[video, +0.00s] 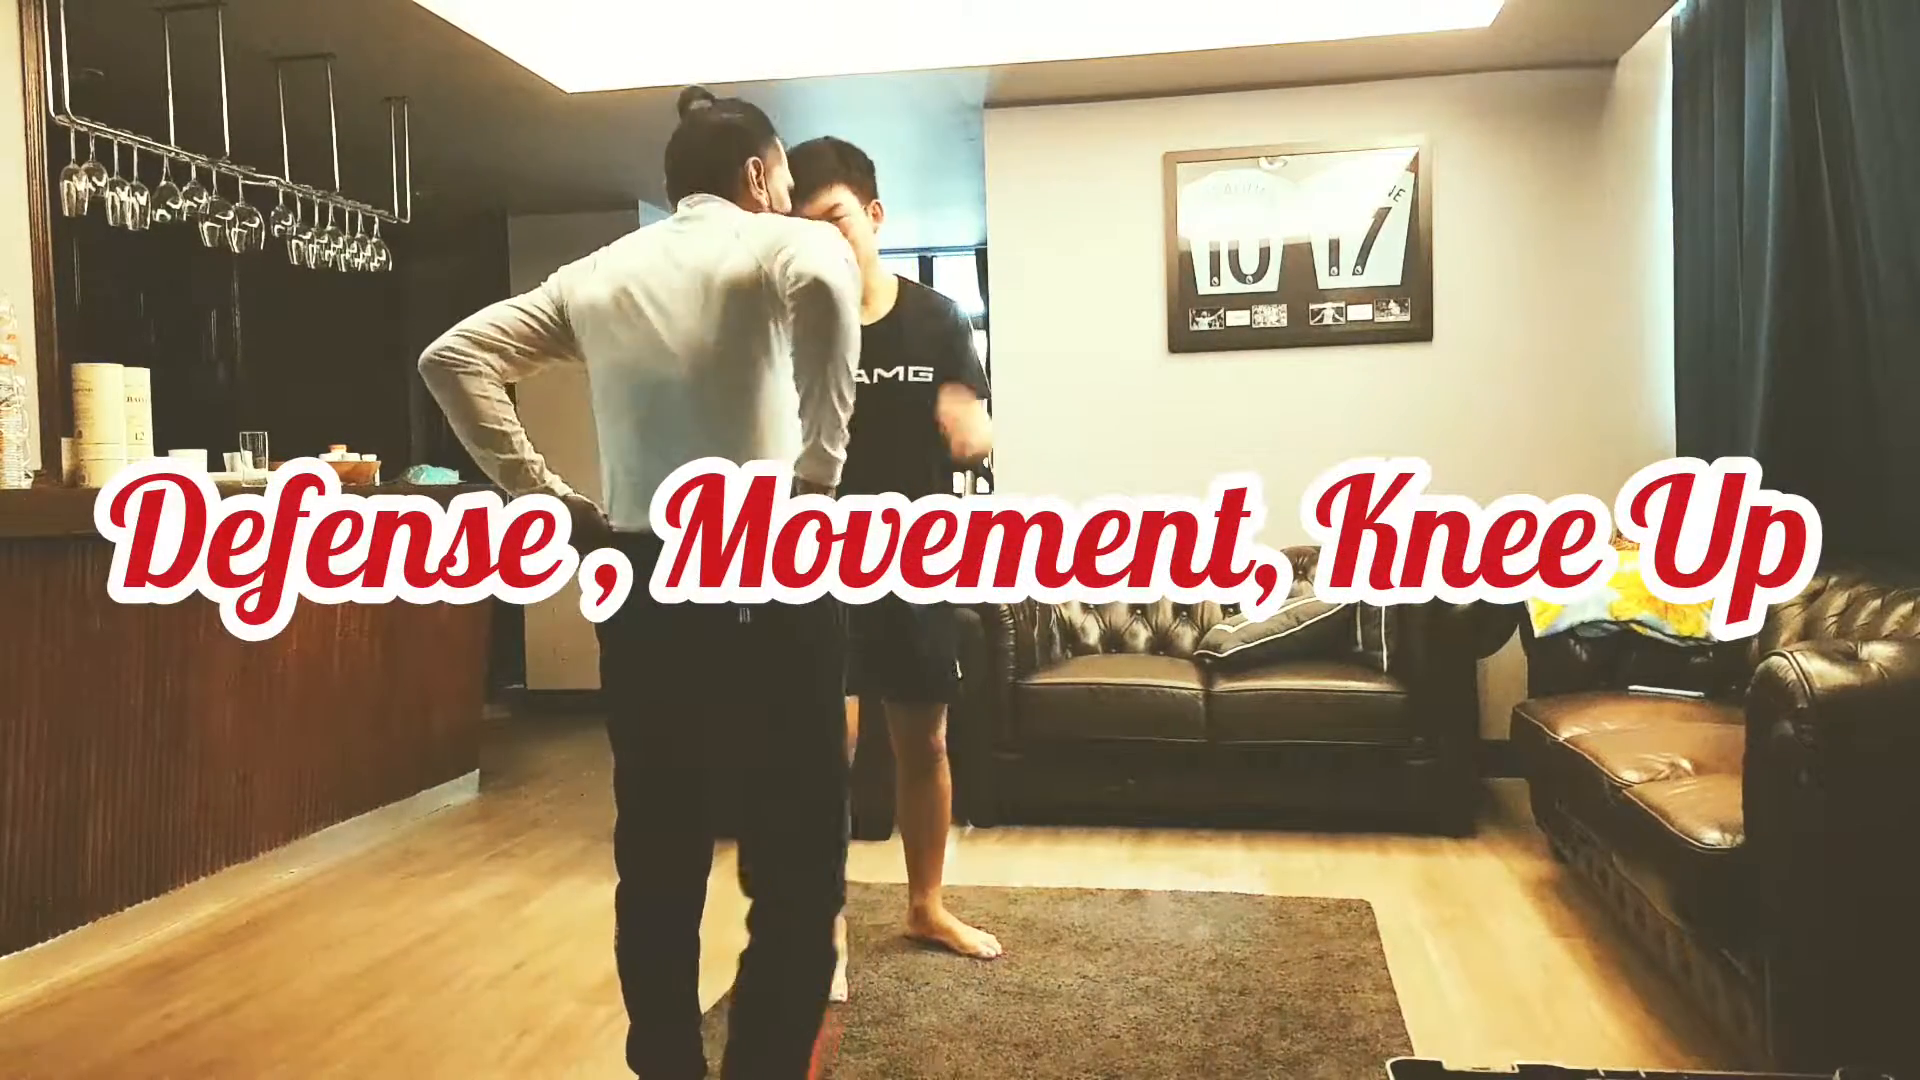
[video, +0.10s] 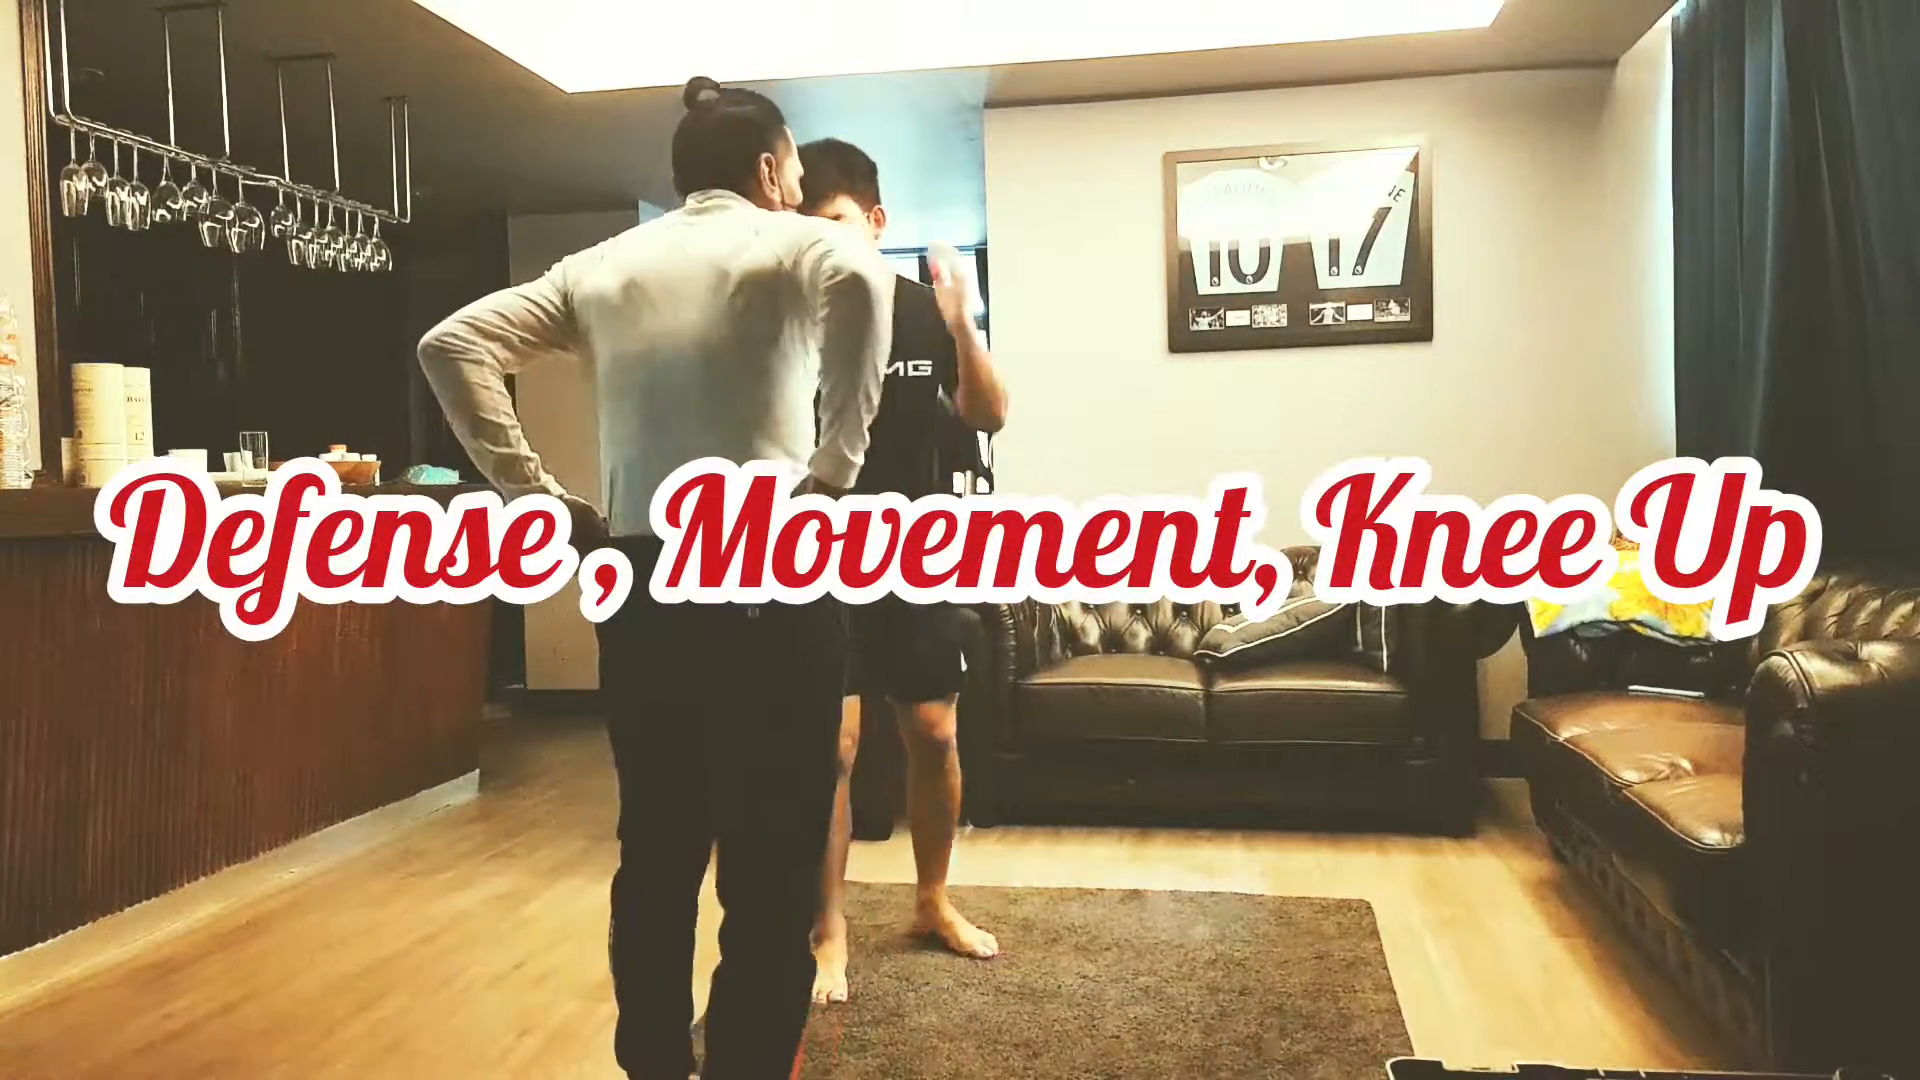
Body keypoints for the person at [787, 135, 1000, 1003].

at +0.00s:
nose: (826, 235)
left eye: (838, 215)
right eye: (811, 223)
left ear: (876, 213)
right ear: (797, 232)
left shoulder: (931, 317)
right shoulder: (791, 322)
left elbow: (972, 438)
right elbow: (763, 426)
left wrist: (965, 432)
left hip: (917, 556)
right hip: (819, 559)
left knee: (924, 742)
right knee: (827, 746)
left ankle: (929, 907)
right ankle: (827, 933)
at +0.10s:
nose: (824, 233)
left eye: (838, 217)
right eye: (812, 221)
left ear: (878, 217)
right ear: (801, 228)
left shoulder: (924, 302)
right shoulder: (791, 313)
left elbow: (986, 415)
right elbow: (762, 416)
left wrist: (960, 317)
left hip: (919, 538)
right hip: (822, 545)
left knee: (935, 732)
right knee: (833, 742)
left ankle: (935, 901)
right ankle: (826, 930)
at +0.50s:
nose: (888, 264)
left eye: (901, 243)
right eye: (873, 249)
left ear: (939, 235)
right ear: (856, 249)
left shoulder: (976, 313)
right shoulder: (845, 315)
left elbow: (1009, 295)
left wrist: (949, 242)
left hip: (956, 565)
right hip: (855, 565)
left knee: (998, 740)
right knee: (847, 748)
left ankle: (1027, 858)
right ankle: (828, 931)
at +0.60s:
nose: (907, 266)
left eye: (920, 247)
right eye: (894, 252)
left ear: (963, 242)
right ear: (884, 254)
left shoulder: (1004, 321)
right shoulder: (869, 337)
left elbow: (1020, 295)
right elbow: (838, 449)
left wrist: (979, 253)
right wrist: (803, 534)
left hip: (986, 565)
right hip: (886, 565)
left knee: (1006, 735)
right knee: (867, 747)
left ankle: (1026, 864)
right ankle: (830, 926)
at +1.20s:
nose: (986, 250)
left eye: (1003, 235)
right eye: (976, 236)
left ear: (1045, 243)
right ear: (967, 243)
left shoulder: (1073, 331)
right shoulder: (935, 333)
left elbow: (1076, 311)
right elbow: (897, 436)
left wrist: (1046, 265)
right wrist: (892, 562)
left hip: (1033, 557)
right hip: (943, 554)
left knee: (1029, 721)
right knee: (931, 716)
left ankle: (1025, 877)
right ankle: (929, 877)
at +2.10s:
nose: (923, 275)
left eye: (935, 260)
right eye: (915, 265)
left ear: (977, 265)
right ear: (910, 276)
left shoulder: (1018, 338)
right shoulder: (909, 351)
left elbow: (996, 325)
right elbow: (883, 451)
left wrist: (973, 296)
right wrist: (851, 521)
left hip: (990, 546)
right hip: (928, 546)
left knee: (989, 696)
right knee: (945, 691)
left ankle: (1019, 858)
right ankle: (982, 829)